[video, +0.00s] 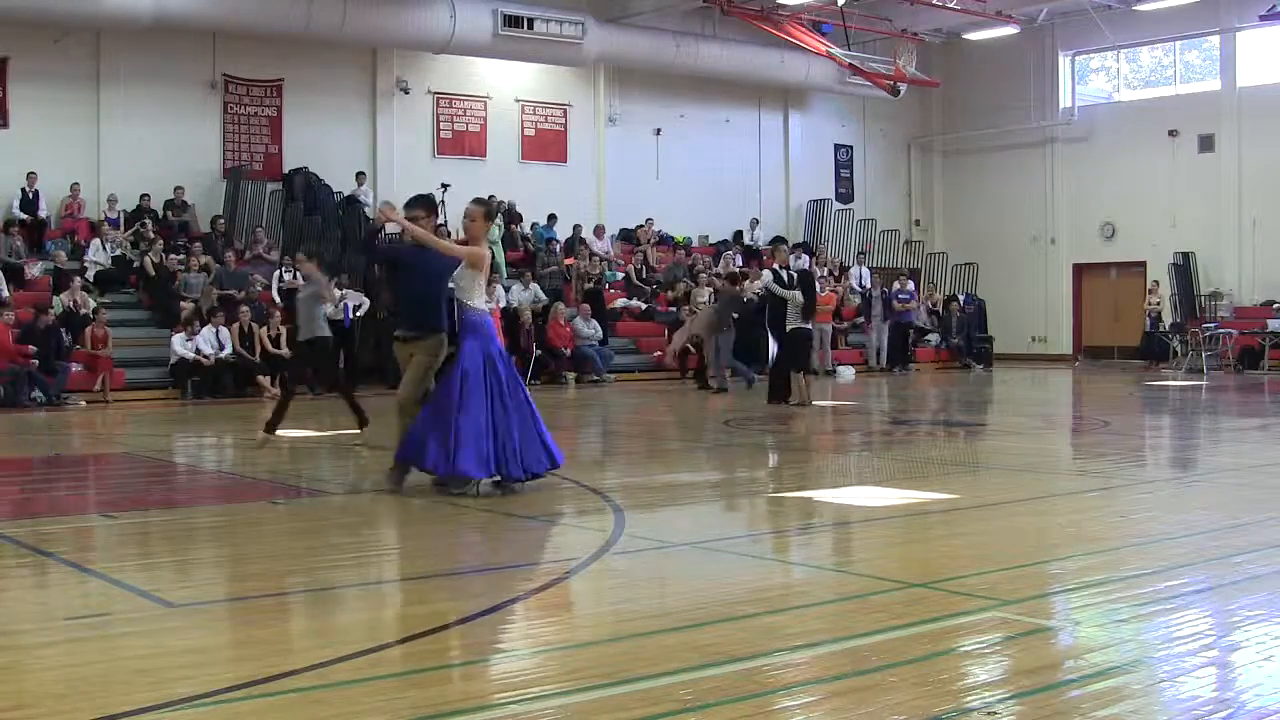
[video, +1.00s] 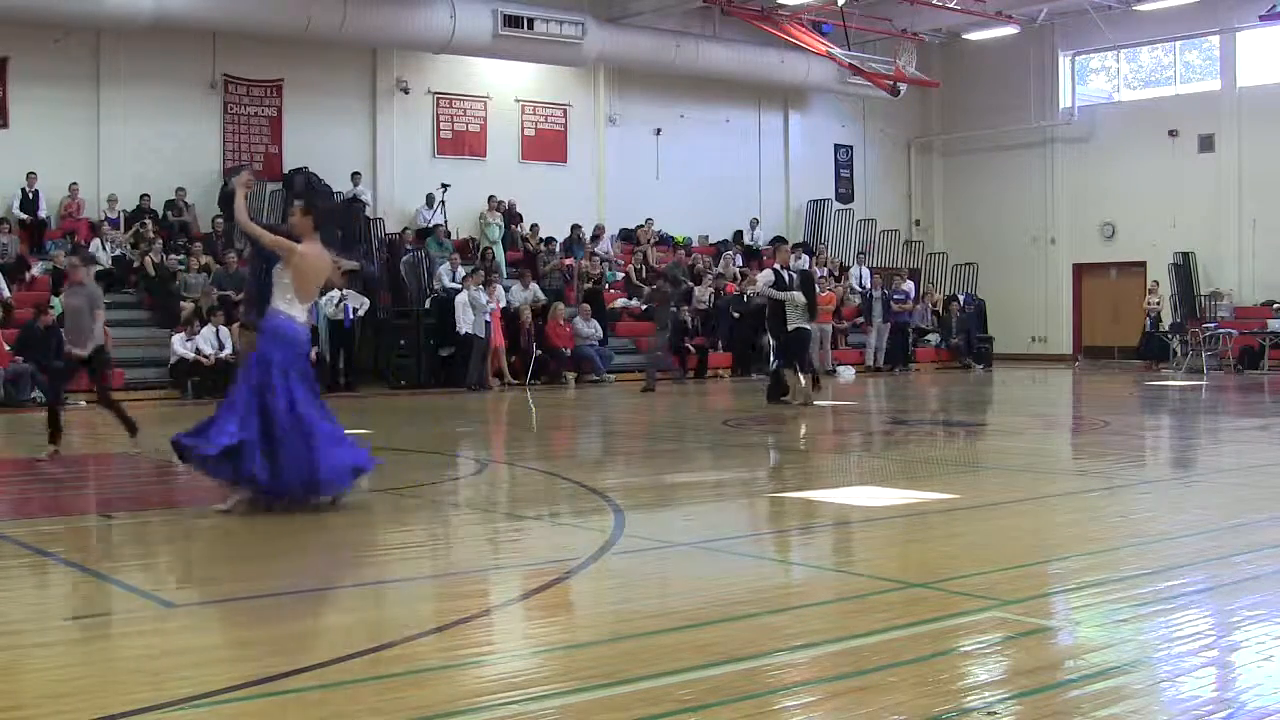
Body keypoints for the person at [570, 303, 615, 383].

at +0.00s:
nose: (588, 312)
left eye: (589, 310)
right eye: (586, 311)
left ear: (591, 311)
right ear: (580, 312)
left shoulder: (593, 321)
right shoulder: (576, 322)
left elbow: (600, 335)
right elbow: (582, 333)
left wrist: (589, 337)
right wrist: (593, 332)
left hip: (594, 344)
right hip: (582, 345)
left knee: (608, 353)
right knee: (592, 355)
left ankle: (598, 374)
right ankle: (602, 374)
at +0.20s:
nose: (587, 312)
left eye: (589, 310)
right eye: (585, 311)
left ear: (591, 312)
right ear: (580, 312)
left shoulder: (594, 321)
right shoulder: (576, 321)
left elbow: (600, 335)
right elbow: (581, 332)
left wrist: (589, 337)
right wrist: (593, 332)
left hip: (594, 344)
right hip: (582, 345)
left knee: (609, 354)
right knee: (592, 354)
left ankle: (597, 374)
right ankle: (602, 374)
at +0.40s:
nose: (587, 312)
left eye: (589, 310)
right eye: (585, 311)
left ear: (591, 312)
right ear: (580, 312)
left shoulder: (594, 321)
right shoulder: (576, 321)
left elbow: (600, 335)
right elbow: (581, 332)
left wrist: (589, 337)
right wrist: (593, 332)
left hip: (594, 344)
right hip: (582, 345)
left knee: (609, 354)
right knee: (592, 354)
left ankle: (597, 374)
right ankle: (602, 374)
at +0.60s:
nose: (587, 312)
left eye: (589, 310)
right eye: (585, 311)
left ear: (591, 312)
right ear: (580, 312)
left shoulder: (594, 321)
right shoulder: (576, 321)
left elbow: (600, 335)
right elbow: (581, 332)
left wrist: (589, 337)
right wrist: (593, 332)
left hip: (594, 344)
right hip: (582, 345)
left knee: (609, 354)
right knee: (592, 354)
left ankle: (597, 374)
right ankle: (602, 374)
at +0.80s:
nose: (587, 312)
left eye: (589, 310)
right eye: (585, 311)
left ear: (591, 312)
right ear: (580, 312)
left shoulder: (594, 321)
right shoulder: (576, 321)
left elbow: (600, 335)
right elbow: (581, 333)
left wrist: (588, 335)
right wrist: (593, 331)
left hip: (594, 345)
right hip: (582, 345)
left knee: (609, 354)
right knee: (592, 354)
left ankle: (598, 373)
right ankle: (602, 374)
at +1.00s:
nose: (587, 312)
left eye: (589, 310)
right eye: (585, 311)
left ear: (591, 312)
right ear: (580, 312)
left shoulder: (593, 321)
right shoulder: (576, 321)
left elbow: (600, 335)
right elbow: (581, 332)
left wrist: (588, 335)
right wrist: (593, 331)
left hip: (594, 345)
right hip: (582, 345)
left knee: (609, 354)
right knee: (592, 354)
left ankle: (598, 374)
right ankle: (602, 374)